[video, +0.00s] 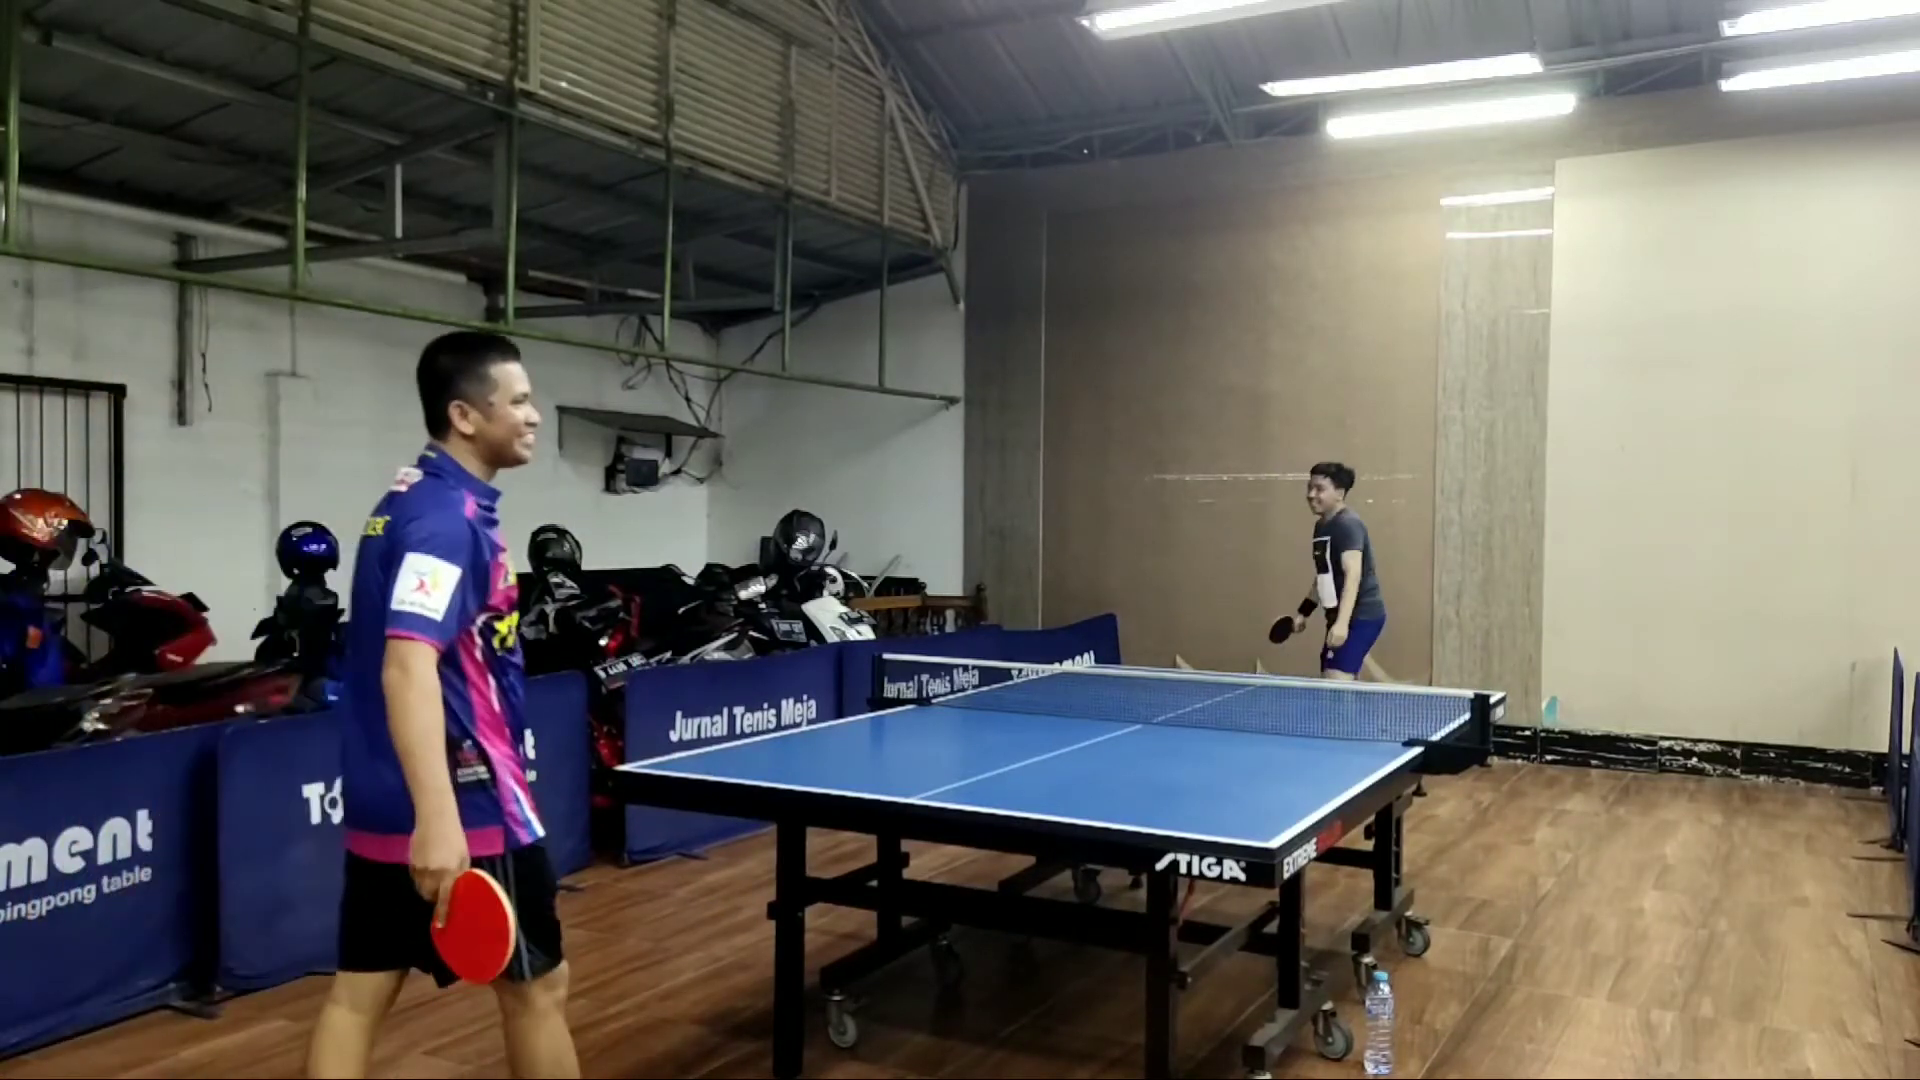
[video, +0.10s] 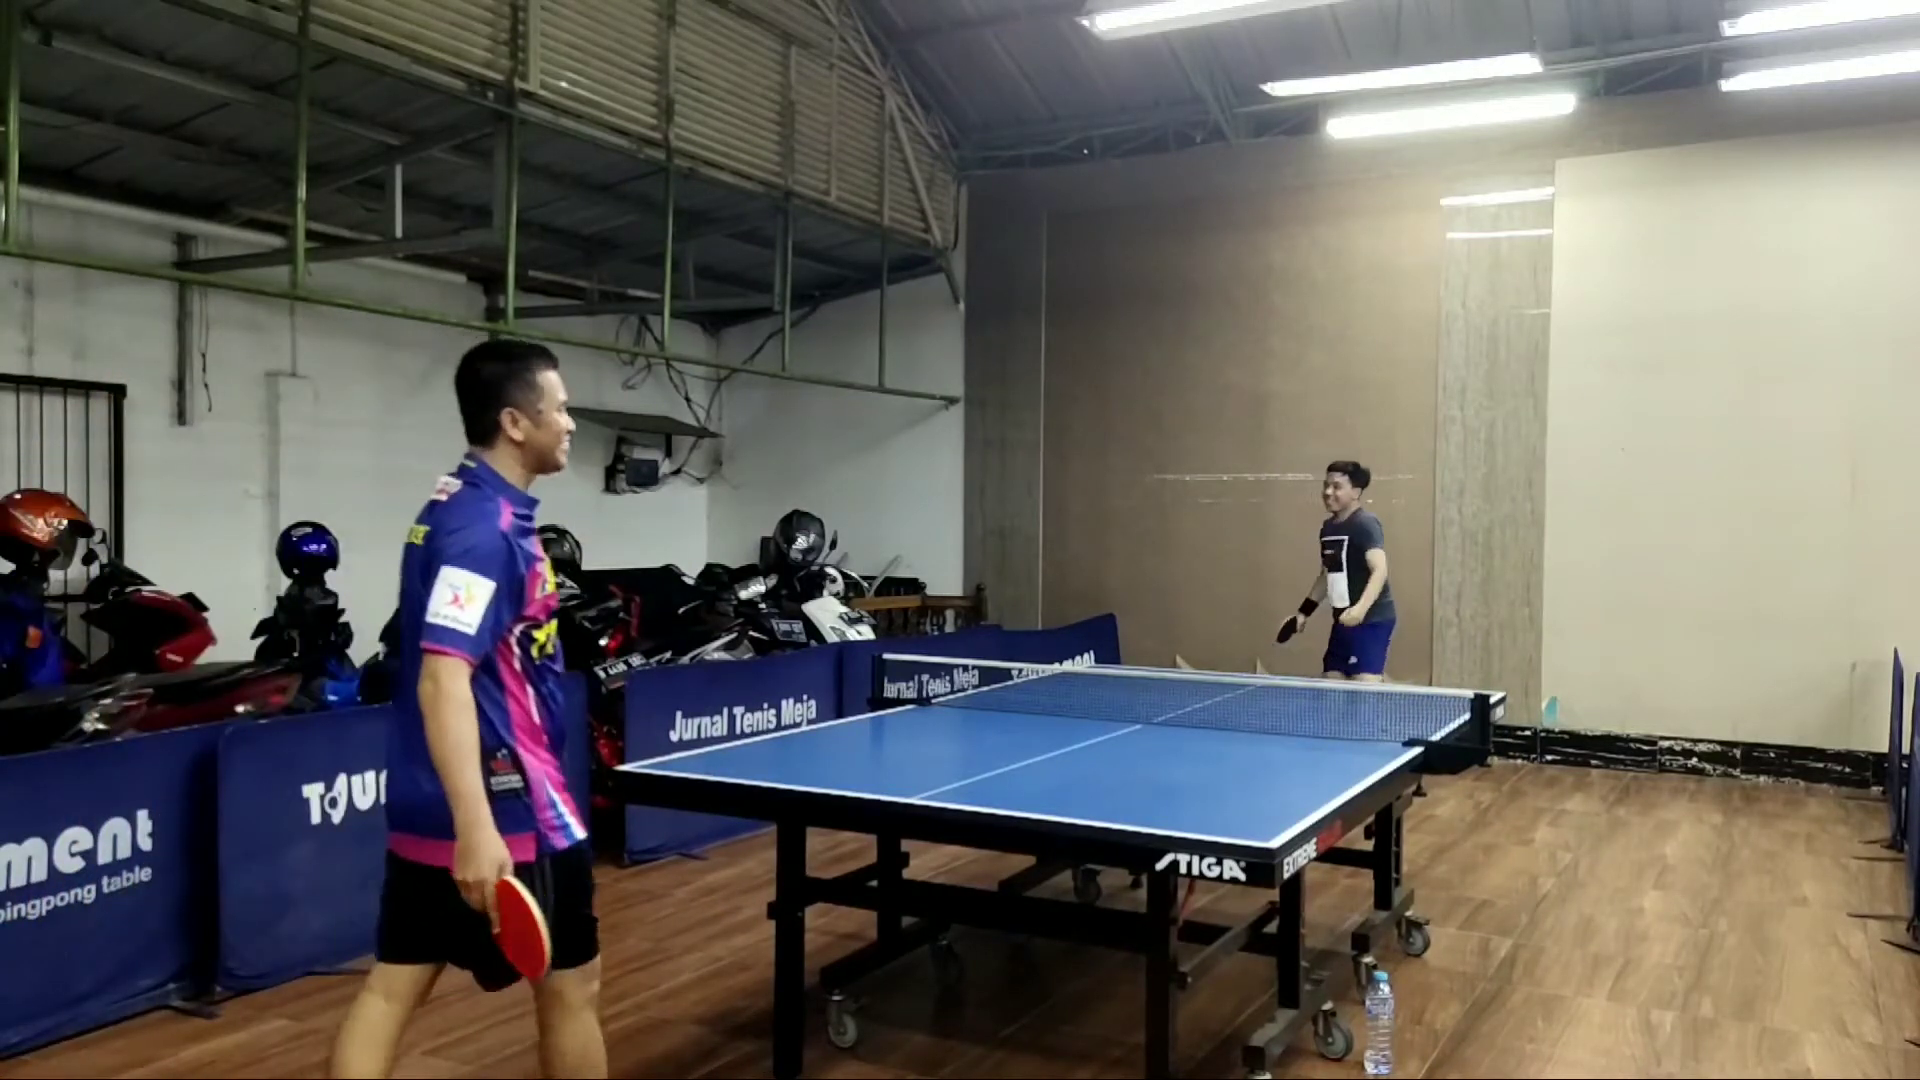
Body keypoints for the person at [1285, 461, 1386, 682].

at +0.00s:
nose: (1311, 495)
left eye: (1320, 489)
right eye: (1310, 488)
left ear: (1340, 493)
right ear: (1307, 489)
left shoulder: (1348, 525)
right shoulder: (1322, 526)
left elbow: (1353, 577)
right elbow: (1323, 576)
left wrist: (1342, 623)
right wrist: (1303, 613)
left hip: (1361, 616)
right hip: (1339, 614)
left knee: (1336, 682)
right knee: (1333, 679)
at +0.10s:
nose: (1328, 492)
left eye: (1337, 487)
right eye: (1327, 485)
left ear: (1356, 493)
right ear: (1323, 487)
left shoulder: (1365, 523)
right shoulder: (1328, 528)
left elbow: (1380, 571)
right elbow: (1326, 575)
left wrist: (1360, 609)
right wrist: (1303, 614)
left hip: (1372, 620)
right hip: (1343, 619)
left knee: (1365, 688)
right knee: (1332, 686)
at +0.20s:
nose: (1346, 491)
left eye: (1354, 486)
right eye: (1344, 485)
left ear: (1373, 492)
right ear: (1341, 490)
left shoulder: (1384, 526)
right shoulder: (1339, 531)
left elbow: (1398, 571)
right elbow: (1334, 578)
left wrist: (1378, 600)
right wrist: (1311, 616)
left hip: (1385, 627)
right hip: (1351, 626)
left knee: (1395, 704)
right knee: (1335, 701)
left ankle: (1421, 784)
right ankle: (1335, 786)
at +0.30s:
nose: (1365, 492)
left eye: (1373, 487)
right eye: (1362, 486)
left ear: (1392, 493)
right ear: (1358, 491)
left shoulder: (1405, 528)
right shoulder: (1353, 534)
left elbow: (1416, 574)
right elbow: (1346, 580)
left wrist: (1395, 601)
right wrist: (1326, 616)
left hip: (1404, 635)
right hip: (1364, 632)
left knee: (1420, 708)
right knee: (1340, 705)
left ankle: (1443, 788)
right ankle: (1338, 789)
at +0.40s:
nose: (1388, 492)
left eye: (1396, 487)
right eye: (1384, 486)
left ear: (1414, 492)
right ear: (1379, 491)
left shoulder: (1429, 531)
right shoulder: (1372, 535)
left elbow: (1434, 578)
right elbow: (1360, 580)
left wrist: (1410, 598)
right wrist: (1343, 617)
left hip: (1424, 638)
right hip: (1381, 636)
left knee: (1441, 709)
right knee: (1354, 706)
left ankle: (1448, 790)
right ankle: (1347, 787)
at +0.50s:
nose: (1407, 492)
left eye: (1416, 486)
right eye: (1403, 486)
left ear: (1434, 492)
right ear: (1398, 491)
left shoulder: (1449, 531)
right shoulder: (1388, 534)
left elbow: (1451, 579)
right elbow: (1371, 579)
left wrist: (1415, 592)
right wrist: (1357, 619)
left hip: (1442, 640)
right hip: (1398, 639)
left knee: (1452, 711)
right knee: (1377, 707)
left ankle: (1449, 791)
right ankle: (1387, 785)